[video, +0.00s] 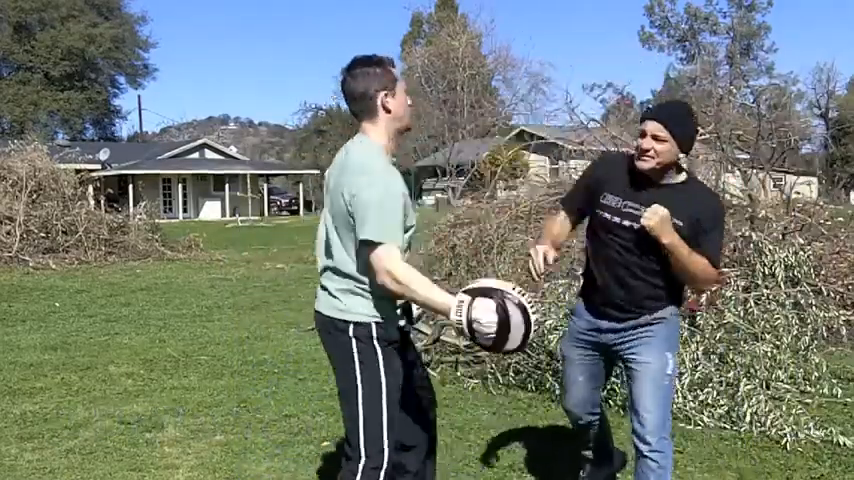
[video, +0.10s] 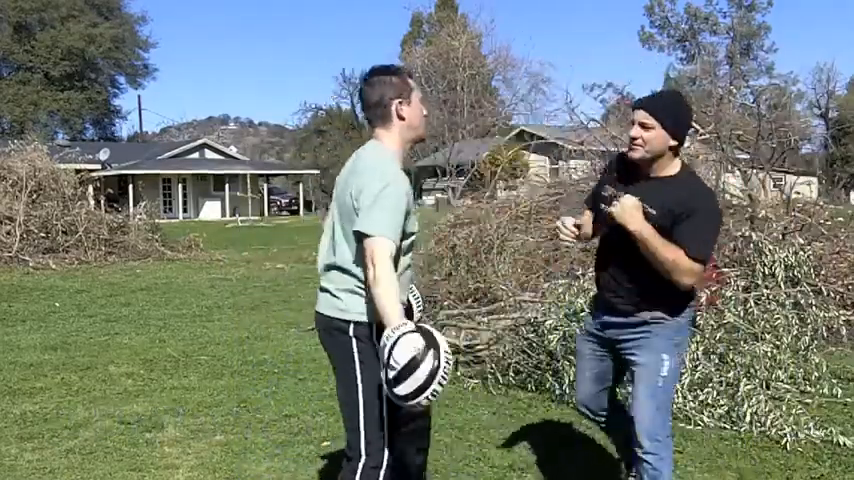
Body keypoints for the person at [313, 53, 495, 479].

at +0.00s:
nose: (411, 101)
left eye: (407, 91)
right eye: (405, 92)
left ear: (372, 106)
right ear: (386, 103)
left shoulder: (357, 157)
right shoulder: (374, 172)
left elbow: (346, 246)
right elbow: (386, 270)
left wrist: (404, 295)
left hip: (376, 316)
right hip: (359, 320)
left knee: (416, 427)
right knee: (375, 452)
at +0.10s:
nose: (425, 110)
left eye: (422, 101)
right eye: (419, 101)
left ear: (390, 111)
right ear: (400, 109)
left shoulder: (370, 162)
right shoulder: (384, 174)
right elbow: (377, 261)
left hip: (367, 315)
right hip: (357, 321)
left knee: (409, 433)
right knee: (370, 453)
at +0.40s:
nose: (436, 135)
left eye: (433, 128)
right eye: (433, 128)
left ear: (387, 136)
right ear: (423, 131)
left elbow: (314, 245)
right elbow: (526, 168)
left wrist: (356, 285)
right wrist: (594, 147)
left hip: (343, 304)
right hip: (389, 304)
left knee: (398, 420)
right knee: (367, 432)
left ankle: (409, 475)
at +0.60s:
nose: (436, 133)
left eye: (433, 123)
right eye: (432, 123)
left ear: (393, 129)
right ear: (415, 125)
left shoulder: (356, 182)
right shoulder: (419, 167)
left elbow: (326, 249)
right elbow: (477, 209)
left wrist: (372, 279)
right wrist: (541, 182)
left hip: (345, 299)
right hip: (381, 300)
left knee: (405, 425)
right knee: (387, 438)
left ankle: (414, 473)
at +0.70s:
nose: (425, 125)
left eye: (425, 116)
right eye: (422, 116)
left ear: (383, 117)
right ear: (403, 115)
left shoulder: (355, 170)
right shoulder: (399, 165)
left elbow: (333, 243)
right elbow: (455, 218)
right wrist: (498, 170)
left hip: (366, 302)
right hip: (368, 302)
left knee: (407, 429)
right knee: (368, 437)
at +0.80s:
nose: (410, 116)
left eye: (410, 107)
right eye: (407, 107)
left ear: (372, 109)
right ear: (385, 107)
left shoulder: (350, 159)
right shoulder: (379, 160)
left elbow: (361, 238)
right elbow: (443, 213)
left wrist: (398, 292)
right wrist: (479, 157)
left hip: (375, 304)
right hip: (354, 301)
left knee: (401, 423)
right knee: (347, 426)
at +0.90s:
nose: (398, 111)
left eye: (397, 102)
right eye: (394, 101)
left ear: (361, 106)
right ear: (371, 105)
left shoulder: (339, 157)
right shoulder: (370, 158)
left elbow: (351, 235)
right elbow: (438, 209)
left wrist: (391, 283)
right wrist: (473, 153)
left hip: (365, 303)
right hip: (349, 302)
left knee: (392, 424)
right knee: (337, 428)